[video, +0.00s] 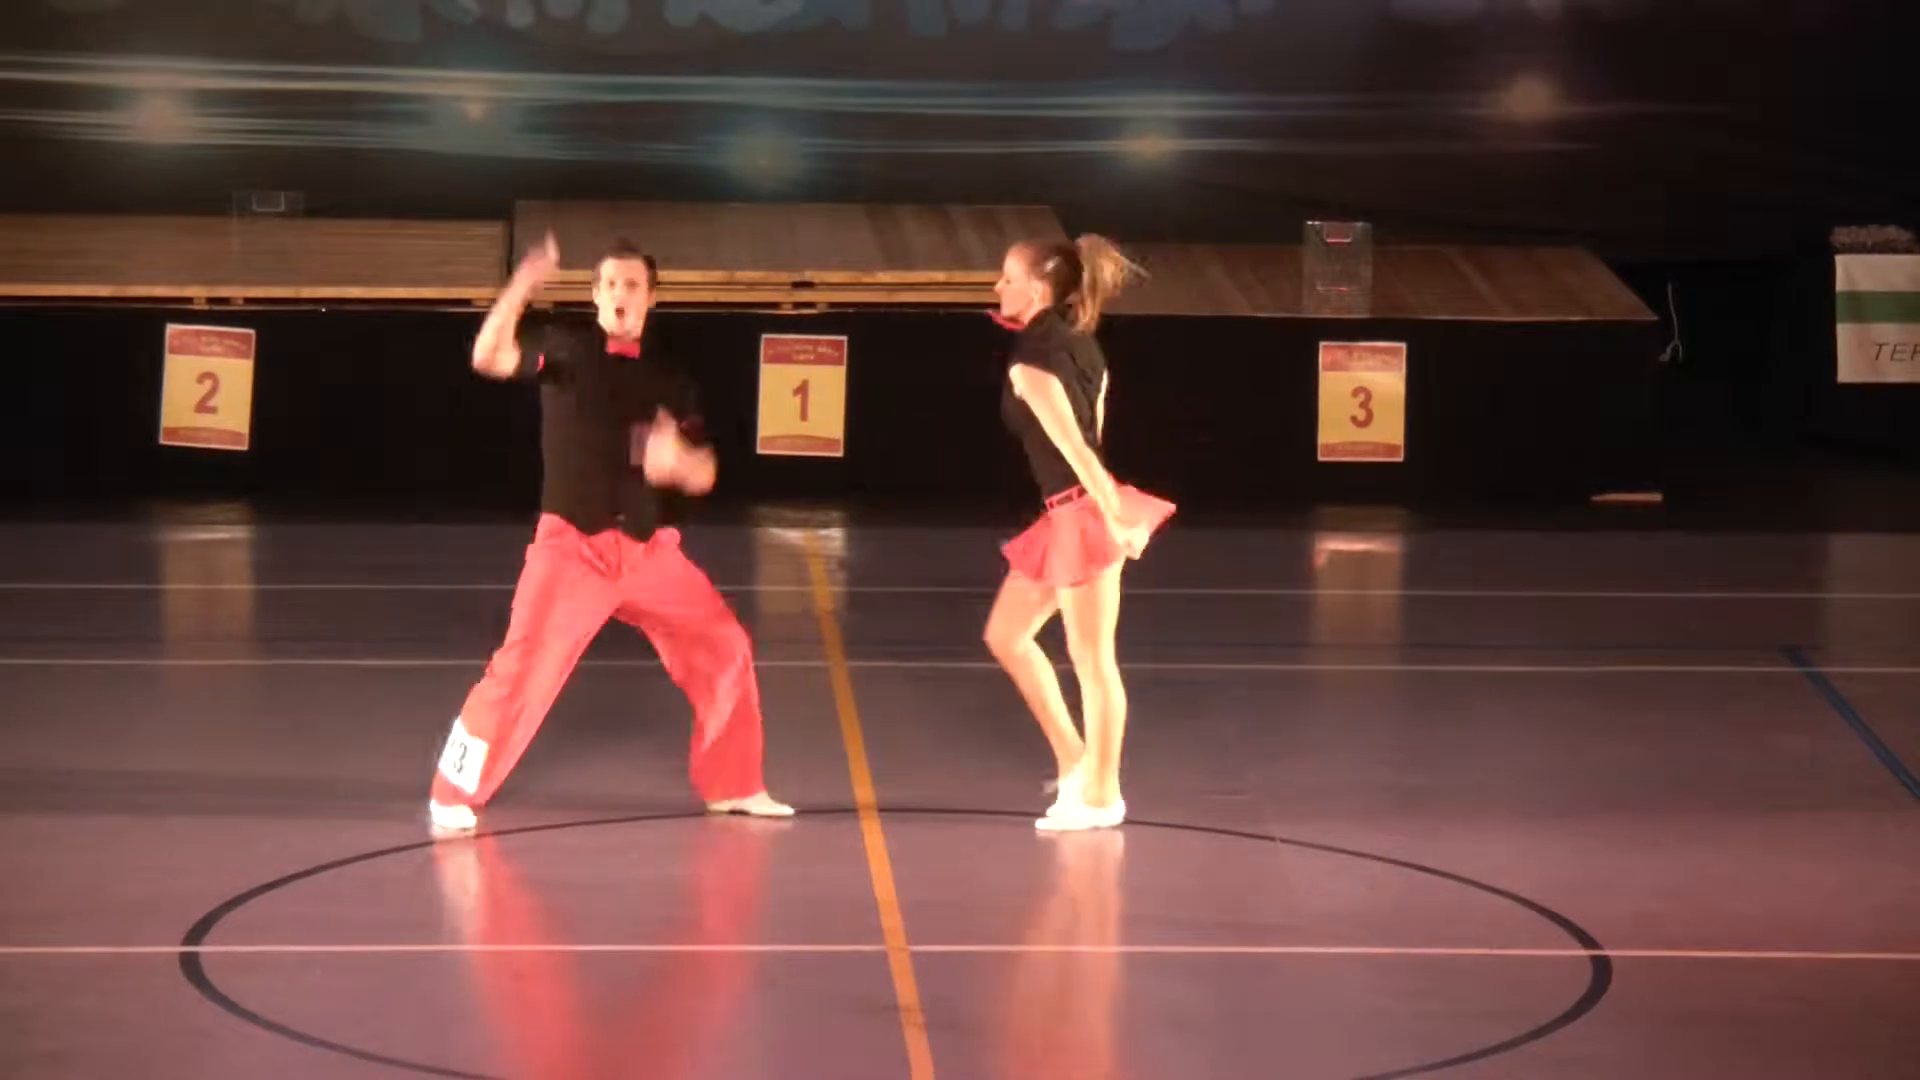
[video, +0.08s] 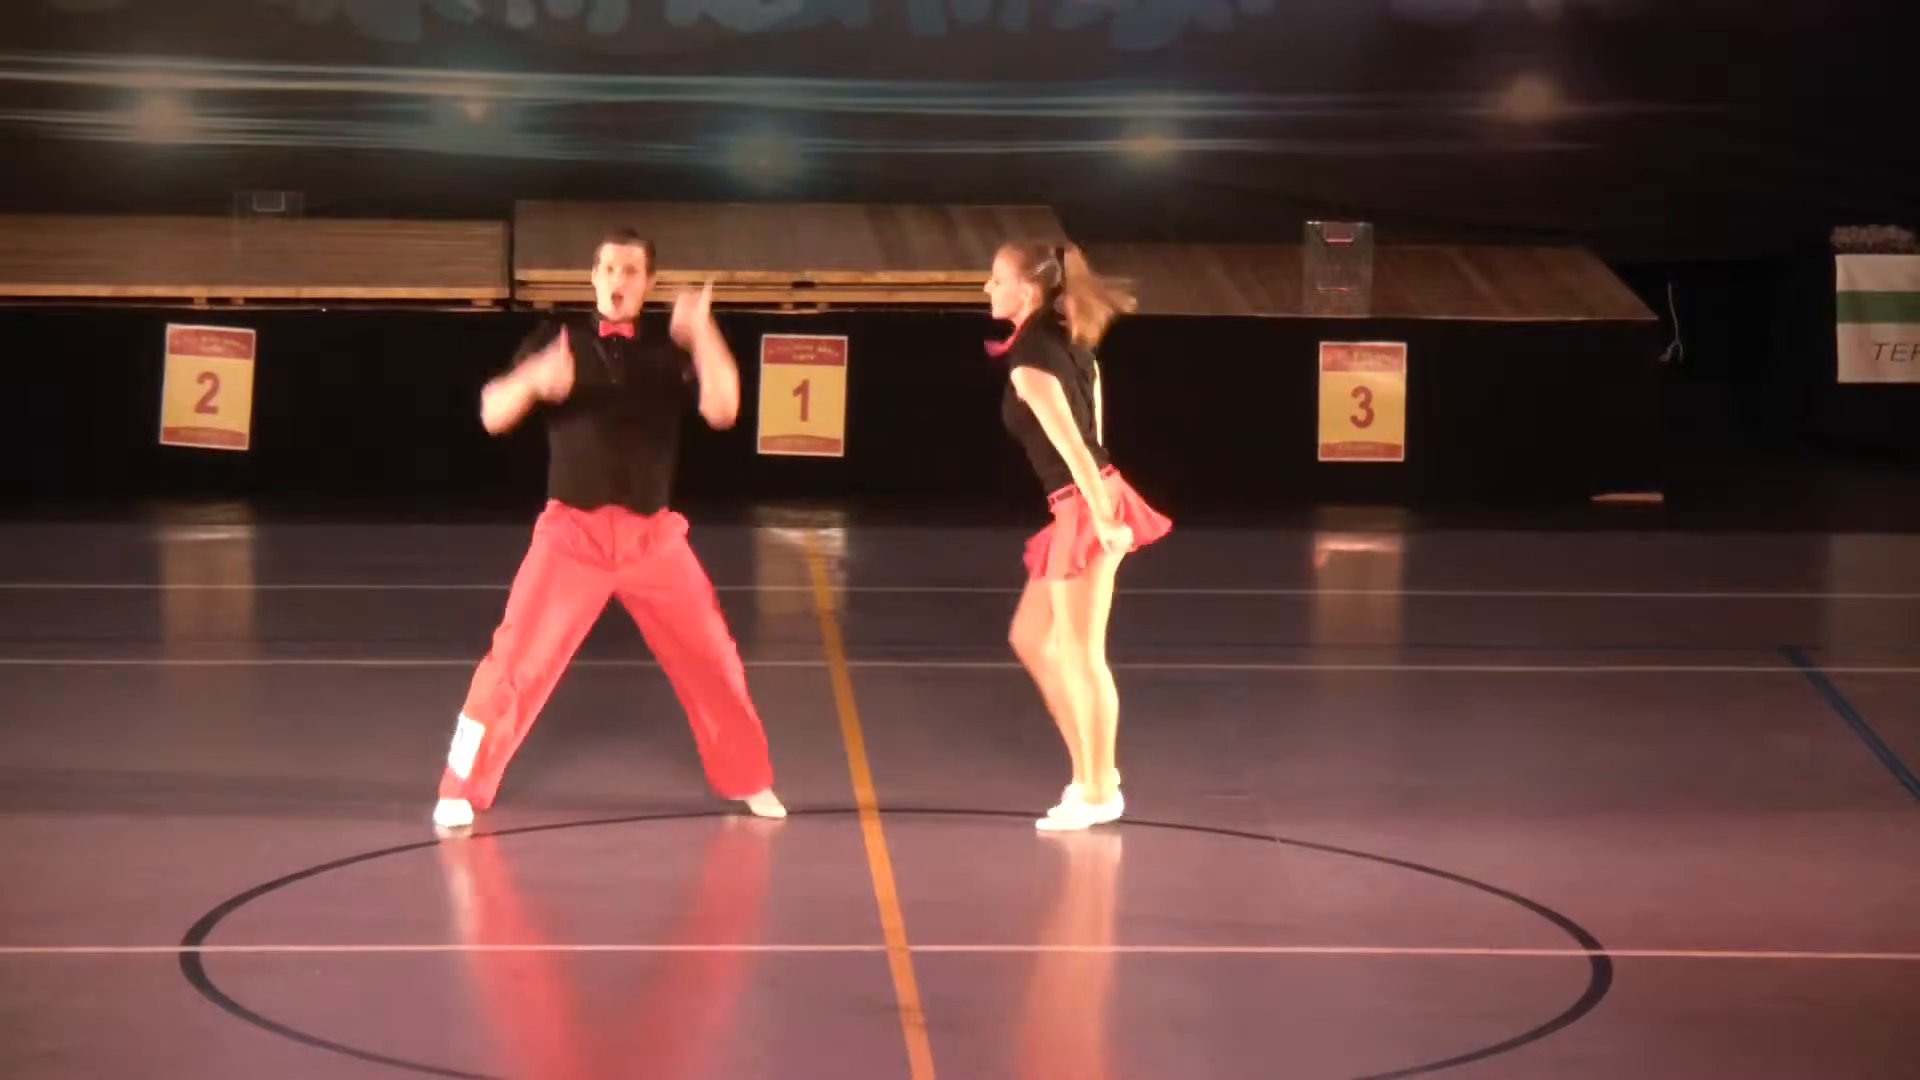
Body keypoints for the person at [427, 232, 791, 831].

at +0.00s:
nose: (621, 295)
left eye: (632, 284)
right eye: (611, 284)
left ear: (652, 297)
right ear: (594, 295)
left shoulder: (667, 375)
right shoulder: (564, 348)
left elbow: (705, 473)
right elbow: (488, 358)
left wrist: (678, 461)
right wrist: (521, 284)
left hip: (651, 553)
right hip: (570, 549)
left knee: (726, 647)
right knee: (525, 666)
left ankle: (733, 786)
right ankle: (453, 795)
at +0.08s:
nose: (618, 281)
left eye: (631, 271)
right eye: (609, 269)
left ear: (649, 281)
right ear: (592, 277)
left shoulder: (673, 350)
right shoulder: (561, 346)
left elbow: (723, 411)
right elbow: (492, 415)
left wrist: (702, 334)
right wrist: (533, 378)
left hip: (656, 537)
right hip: (570, 535)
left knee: (713, 658)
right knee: (518, 658)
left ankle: (748, 781)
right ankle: (461, 793)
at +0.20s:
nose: (610, 290)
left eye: (622, 280)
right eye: (601, 278)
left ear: (641, 291)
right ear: (586, 286)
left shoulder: (663, 347)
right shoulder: (565, 367)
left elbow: (742, 354)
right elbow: (552, 449)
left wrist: (715, 272)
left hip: (652, 541)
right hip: (575, 542)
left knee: (702, 662)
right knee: (507, 659)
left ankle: (771, 778)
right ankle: (496, 798)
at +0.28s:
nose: (607, 298)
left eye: (619, 287)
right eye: (598, 285)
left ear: (641, 297)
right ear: (583, 292)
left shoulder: (669, 361)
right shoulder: (561, 376)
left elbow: (752, 401)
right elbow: (551, 455)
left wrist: (702, 345)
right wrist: (561, 478)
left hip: (661, 554)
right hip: (577, 554)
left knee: (712, 675)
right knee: (503, 666)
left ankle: (777, 779)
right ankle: (497, 794)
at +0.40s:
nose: (618, 281)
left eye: (629, 269)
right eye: (607, 269)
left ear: (650, 277)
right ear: (593, 277)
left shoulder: (677, 347)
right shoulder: (565, 344)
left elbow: (724, 430)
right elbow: (525, 421)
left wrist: (699, 465)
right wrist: (540, 342)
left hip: (665, 529)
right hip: (584, 530)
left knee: (725, 648)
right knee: (541, 658)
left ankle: (751, 779)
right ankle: (470, 789)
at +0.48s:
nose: (623, 292)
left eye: (634, 280)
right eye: (613, 281)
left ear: (655, 287)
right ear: (598, 287)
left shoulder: (666, 361)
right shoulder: (570, 339)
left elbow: (688, 438)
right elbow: (520, 403)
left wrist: (689, 479)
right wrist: (535, 319)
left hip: (664, 539)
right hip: (588, 534)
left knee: (737, 648)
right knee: (544, 661)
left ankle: (723, 785)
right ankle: (457, 791)